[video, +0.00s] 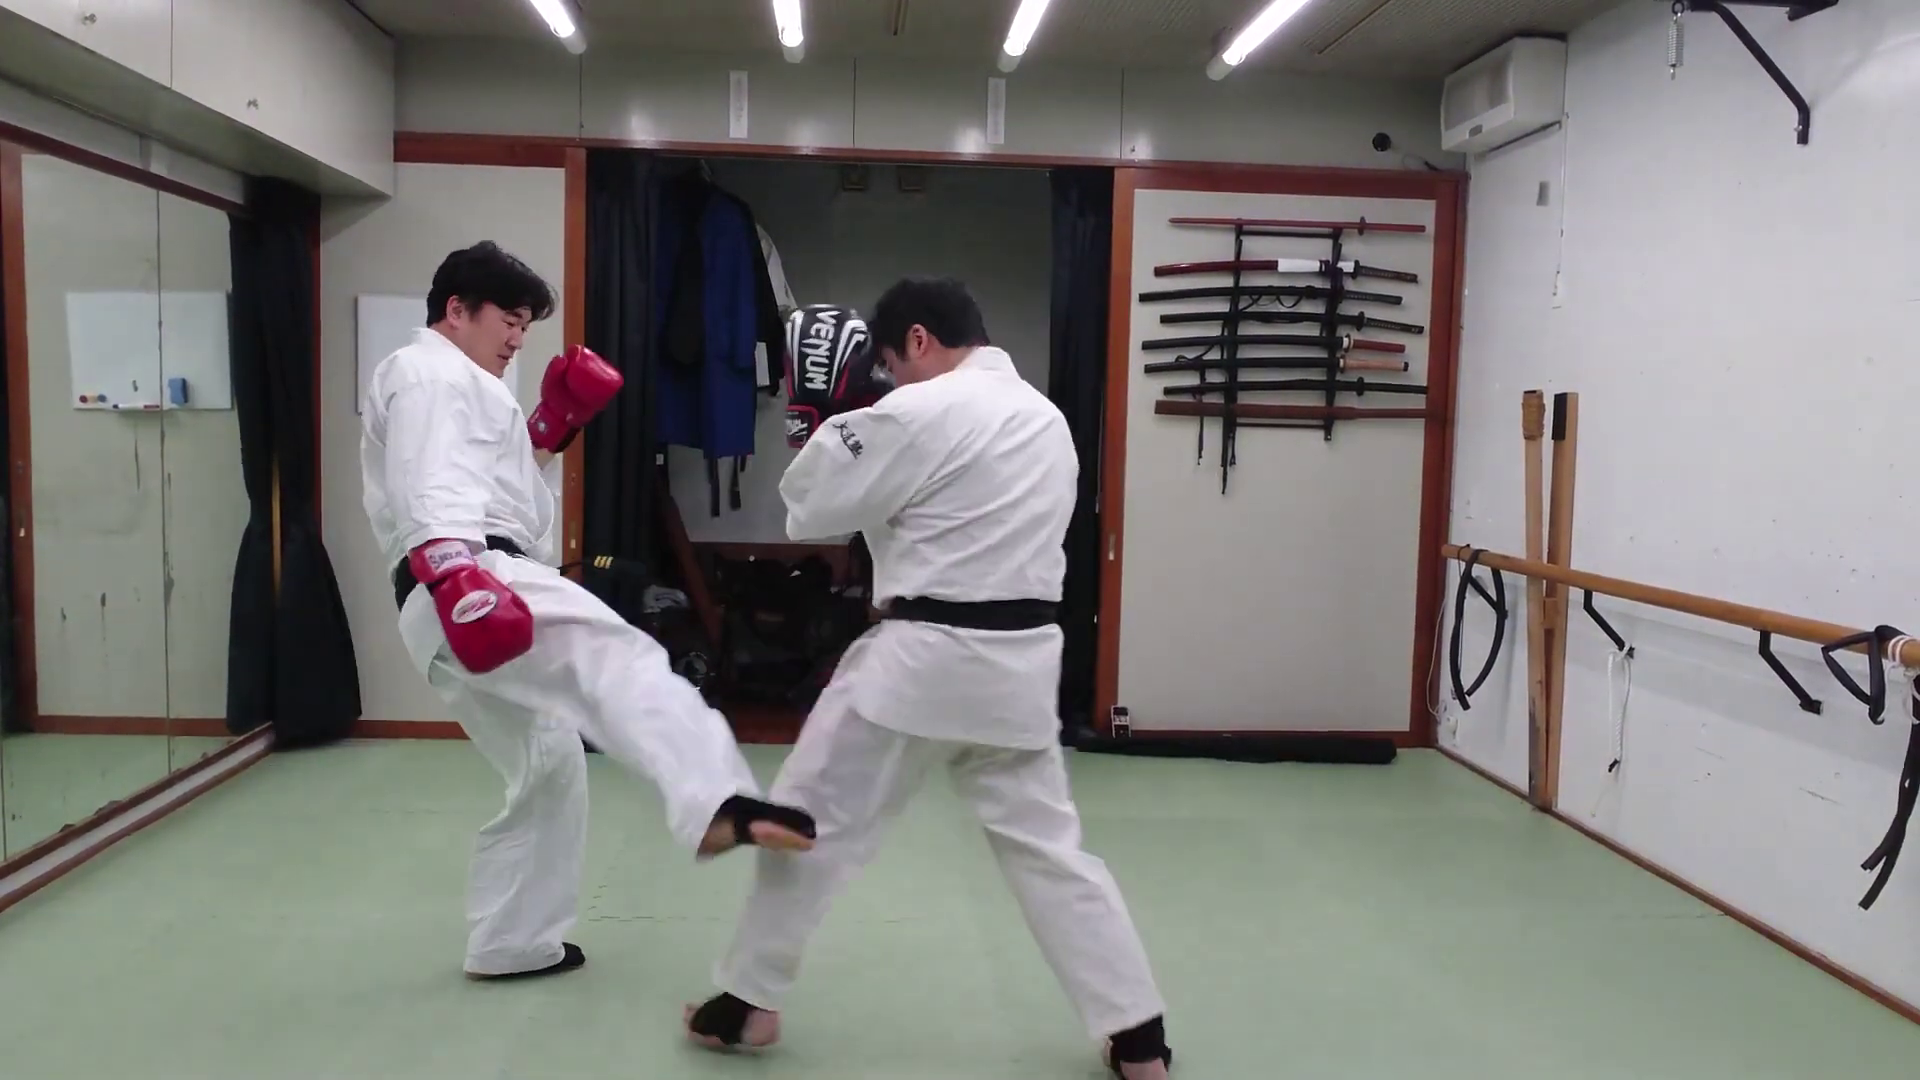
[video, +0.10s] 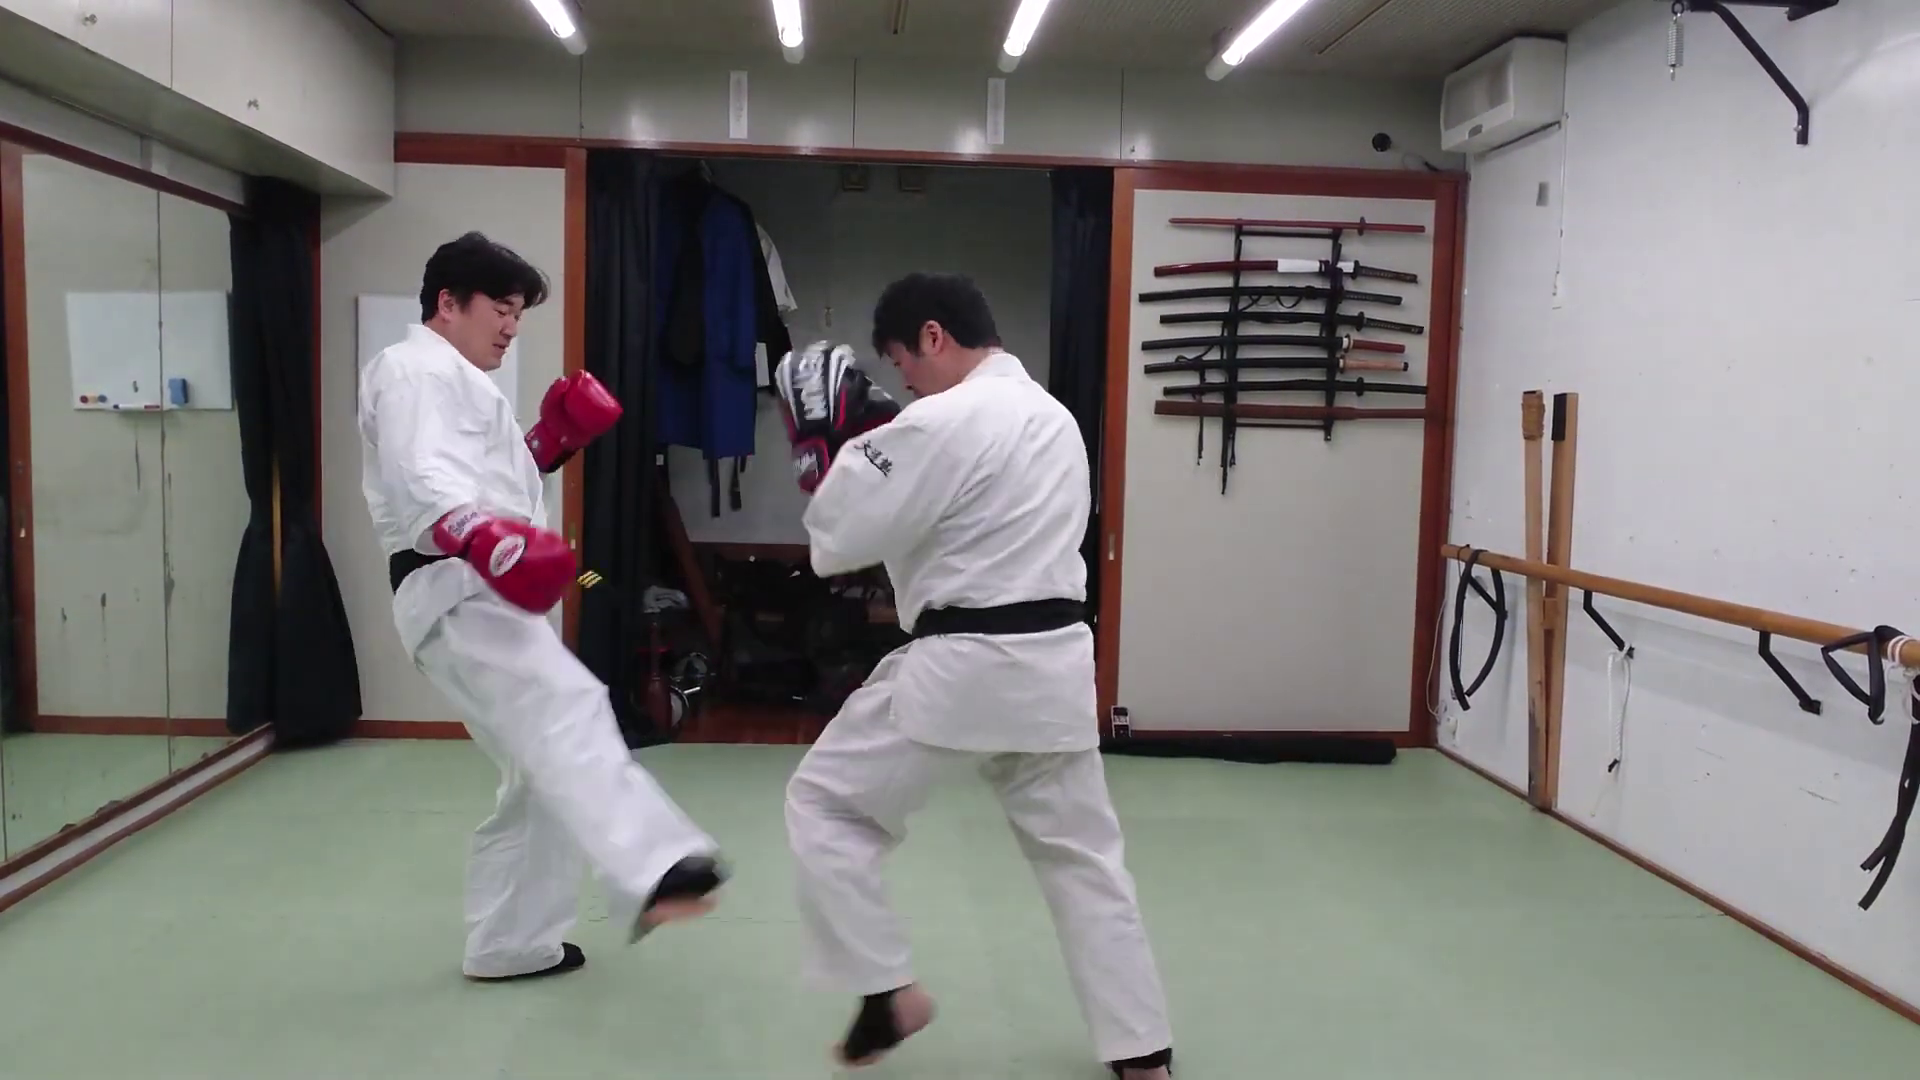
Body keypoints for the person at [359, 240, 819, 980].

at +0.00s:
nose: (519, 335)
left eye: (524, 323)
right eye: (509, 317)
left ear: (465, 317)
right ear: (457, 308)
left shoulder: (481, 388)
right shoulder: (431, 368)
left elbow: (503, 470)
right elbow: (429, 473)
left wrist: (553, 419)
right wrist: (457, 572)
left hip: (440, 597)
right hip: (475, 572)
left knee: (547, 759)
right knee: (621, 658)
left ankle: (511, 944)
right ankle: (713, 799)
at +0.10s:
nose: (512, 326)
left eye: (518, 312)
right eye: (500, 308)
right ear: (448, 304)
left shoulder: (476, 388)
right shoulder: (414, 366)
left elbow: (492, 482)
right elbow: (416, 478)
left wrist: (550, 439)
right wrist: (486, 538)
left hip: (492, 580)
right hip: (449, 582)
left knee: (542, 756)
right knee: (567, 702)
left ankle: (509, 942)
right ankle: (652, 864)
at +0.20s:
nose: (505, 313)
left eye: (510, 299)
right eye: (491, 296)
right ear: (439, 294)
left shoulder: (476, 396)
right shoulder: (393, 361)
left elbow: (491, 493)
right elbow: (391, 463)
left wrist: (549, 458)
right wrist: (498, 470)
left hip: (498, 594)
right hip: (436, 589)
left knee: (546, 759)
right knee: (495, 751)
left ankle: (531, 941)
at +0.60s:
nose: (405, 334)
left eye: (416, 320)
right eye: (391, 315)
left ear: (424, 324)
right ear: (339, 307)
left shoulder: (411, 388)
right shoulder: (277, 377)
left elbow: (456, 485)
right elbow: (343, 478)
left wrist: (487, 424)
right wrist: (424, 413)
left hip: (400, 598)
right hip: (296, 612)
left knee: (499, 693)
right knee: (280, 780)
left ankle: (511, 864)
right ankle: (240, 930)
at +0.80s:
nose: (388, 331)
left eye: (400, 315)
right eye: (373, 313)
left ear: (409, 314)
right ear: (323, 305)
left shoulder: (400, 381)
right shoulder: (265, 380)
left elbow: (451, 494)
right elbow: (336, 492)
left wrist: (470, 438)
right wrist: (426, 441)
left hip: (389, 569)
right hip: (299, 603)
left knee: (506, 564)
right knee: (286, 768)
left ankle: (444, 705)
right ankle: (243, 932)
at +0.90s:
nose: (391, 320)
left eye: (403, 306)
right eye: (375, 303)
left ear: (412, 308)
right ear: (326, 298)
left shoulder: (405, 383)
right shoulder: (261, 381)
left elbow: (441, 501)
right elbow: (292, 507)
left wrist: (471, 452)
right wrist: (388, 461)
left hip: (411, 566)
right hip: (303, 599)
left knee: (523, 614)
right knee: (281, 771)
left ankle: (490, 761)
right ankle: (247, 931)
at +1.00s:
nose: (405, 314)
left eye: (415, 300)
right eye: (388, 297)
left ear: (423, 302)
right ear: (335, 293)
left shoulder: (421, 382)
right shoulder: (265, 377)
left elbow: (442, 489)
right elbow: (255, 495)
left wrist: (475, 470)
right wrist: (347, 467)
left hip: (419, 588)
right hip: (310, 607)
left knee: (527, 689)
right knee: (289, 771)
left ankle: (566, 840)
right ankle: (245, 929)